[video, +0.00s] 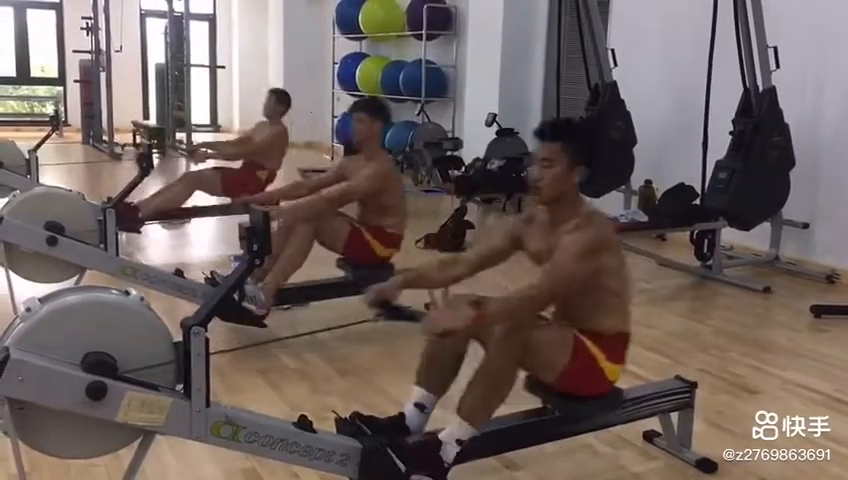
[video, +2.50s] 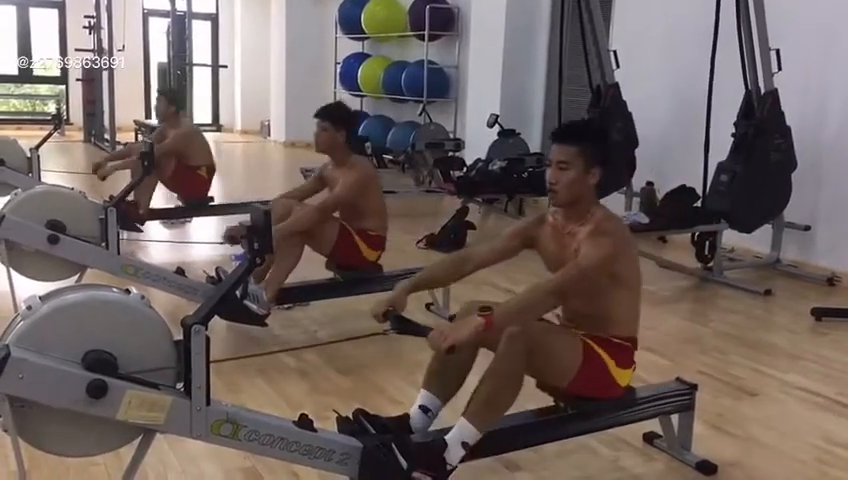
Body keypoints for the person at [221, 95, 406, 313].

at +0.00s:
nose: (353, 127)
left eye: (360, 122)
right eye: (353, 121)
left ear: (377, 127)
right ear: (352, 123)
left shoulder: (381, 169)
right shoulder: (353, 163)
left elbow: (329, 200)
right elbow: (308, 186)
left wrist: (281, 213)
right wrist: (260, 198)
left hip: (379, 244)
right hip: (363, 234)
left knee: (310, 220)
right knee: (296, 212)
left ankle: (266, 294)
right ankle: (258, 280)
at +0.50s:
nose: (449, 163)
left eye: (456, 158)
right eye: (450, 157)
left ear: (474, 162)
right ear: (453, 158)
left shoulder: (476, 198)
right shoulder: (446, 185)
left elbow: (475, 244)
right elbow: (428, 218)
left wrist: (452, 236)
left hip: (413, 243)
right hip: (396, 228)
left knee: (343, 252)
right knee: (330, 243)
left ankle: (262, 293)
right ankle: (247, 276)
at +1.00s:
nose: (429, 144)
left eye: (436, 139)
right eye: (428, 139)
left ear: (454, 144)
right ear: (430, 142)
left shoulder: (458, 181)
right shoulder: (425, 173)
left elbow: (457, 233)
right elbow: (412, 211)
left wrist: (423, 228)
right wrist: (381, 218)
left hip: (414, 242)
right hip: (391, 231)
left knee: (337, 258)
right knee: (325, 248)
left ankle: (259, 298)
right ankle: (243, 280)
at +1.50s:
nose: (397, 135)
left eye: (403, 130)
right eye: (397, 129)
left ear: (422, 134)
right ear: (401, 133)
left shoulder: (431, 176)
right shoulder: (401, 169)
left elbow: (402, 223)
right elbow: (367, 205)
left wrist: (364, 244)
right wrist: (329, 229)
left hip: (408, 251)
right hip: (387, 242)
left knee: (336, 271)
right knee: (324, 258)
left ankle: (260, 301)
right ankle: (247, 285)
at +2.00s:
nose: (375, 135)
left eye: (382, 130)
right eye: (375, 129)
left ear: (401, 134)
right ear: (382, 133)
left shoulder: (416, 168)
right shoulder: (380, 169)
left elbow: (383, 213)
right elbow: (345, 199)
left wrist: (341, 236)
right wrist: (304, 225)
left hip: (405, 247)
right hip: (380, 238)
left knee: (330, 251)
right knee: (316, 243)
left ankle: (263, 301)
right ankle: (246, 284)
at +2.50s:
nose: (315, 134)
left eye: (323, 130)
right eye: (317, 129)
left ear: (341, 135)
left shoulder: (359, 172)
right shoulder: (330, 168)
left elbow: (318, 211)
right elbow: (292, 196)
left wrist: (269, 237)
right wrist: (250, 225)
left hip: (366, 248)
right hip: (349, 239)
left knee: (300, 219)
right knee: (283, 208)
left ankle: (266, 296)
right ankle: (252, 280)